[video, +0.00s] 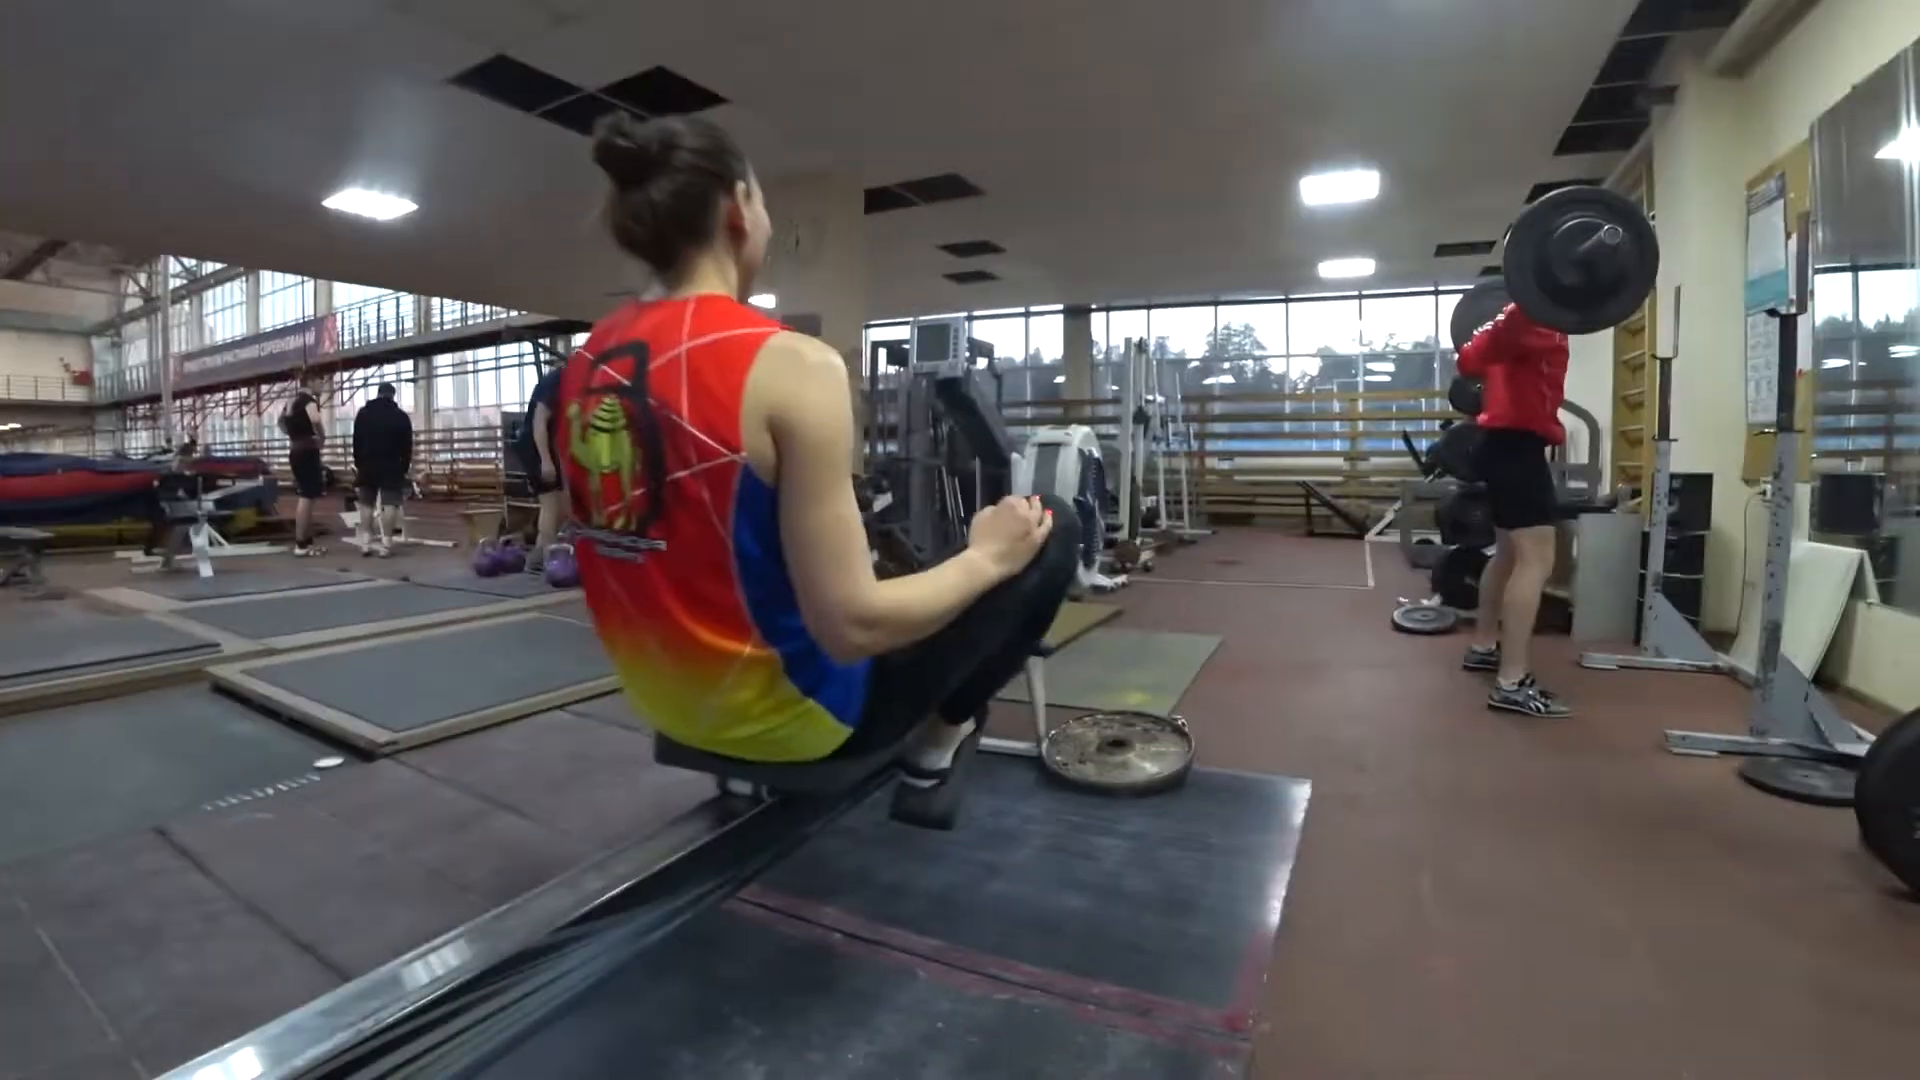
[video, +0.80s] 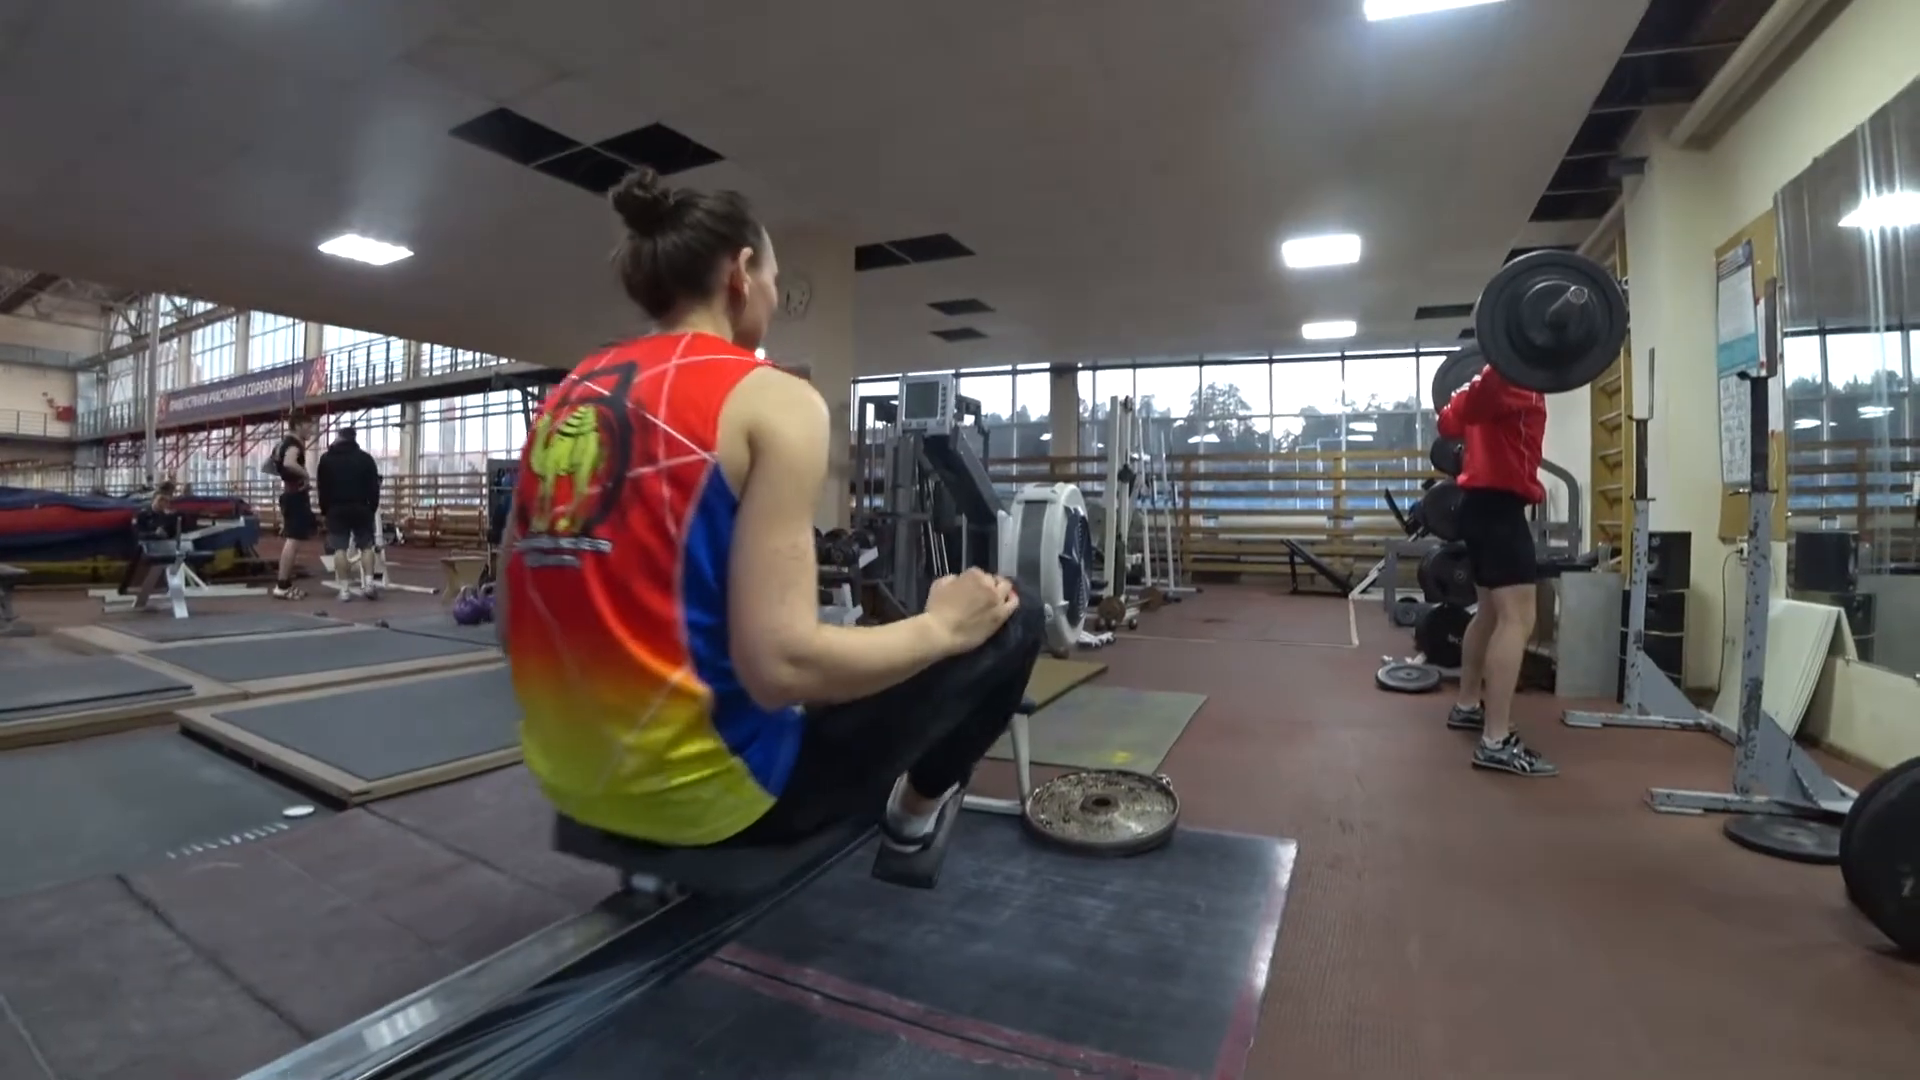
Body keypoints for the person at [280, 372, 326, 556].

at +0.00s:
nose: (321, 384)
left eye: (321, 380)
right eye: (319, 380)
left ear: (304, 383)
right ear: (311, 382)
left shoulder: (293, 402)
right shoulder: (309, 401)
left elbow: (283, 422)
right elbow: (315, 419)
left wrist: (295, 435)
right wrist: (323, 435)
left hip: (296, 449)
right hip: (308, 449)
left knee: (306, 496)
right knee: (306, 497)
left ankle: (304, 541)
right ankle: (302, 544)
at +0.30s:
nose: (312, 402)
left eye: (312, 398)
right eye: (309, 398)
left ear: (297, 400)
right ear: (299, 399)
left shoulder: (286, 420)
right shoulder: (297, 418)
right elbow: (315, 430)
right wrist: (326, 434)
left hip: (294, 469)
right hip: (303, 469)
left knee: (299, 513)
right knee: (300, 514)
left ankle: (293, 558)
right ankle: (293, 560)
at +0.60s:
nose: (308, 425)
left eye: (308, 422)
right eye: (305, 422)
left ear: (293, 422)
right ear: (295, 422)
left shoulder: (283, 442)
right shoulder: (292, 442)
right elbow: (310, 458)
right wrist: (315, 435)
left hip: (292, 492)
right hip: (298, 493)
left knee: (295, 537)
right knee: (295, 538)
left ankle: (288, 580)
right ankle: (286, 583)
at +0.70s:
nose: (307, 432)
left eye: (307, 428)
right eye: (305, 428)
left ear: (292, 429)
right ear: (296, 429)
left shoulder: (284, 448)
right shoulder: (293, 448)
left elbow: (280, 472)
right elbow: (296, 468)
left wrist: (307, 478)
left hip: (291, 499)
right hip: (296, 500)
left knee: (294, 544)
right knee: (294, 545)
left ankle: (286, 587)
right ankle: (284, 589)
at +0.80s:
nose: (310, 429)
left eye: (310, 425)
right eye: (308, 425)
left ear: (296, 426)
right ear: (298, 425)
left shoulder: (287, 442)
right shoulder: (294, 443)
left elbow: (270, 466)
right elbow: (289, 463)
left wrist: (289, 476)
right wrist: (305, 473)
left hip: (291, 495)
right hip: (295, 496)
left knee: (292, 540)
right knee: (293, 540)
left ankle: (284, 583)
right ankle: (283, 584)